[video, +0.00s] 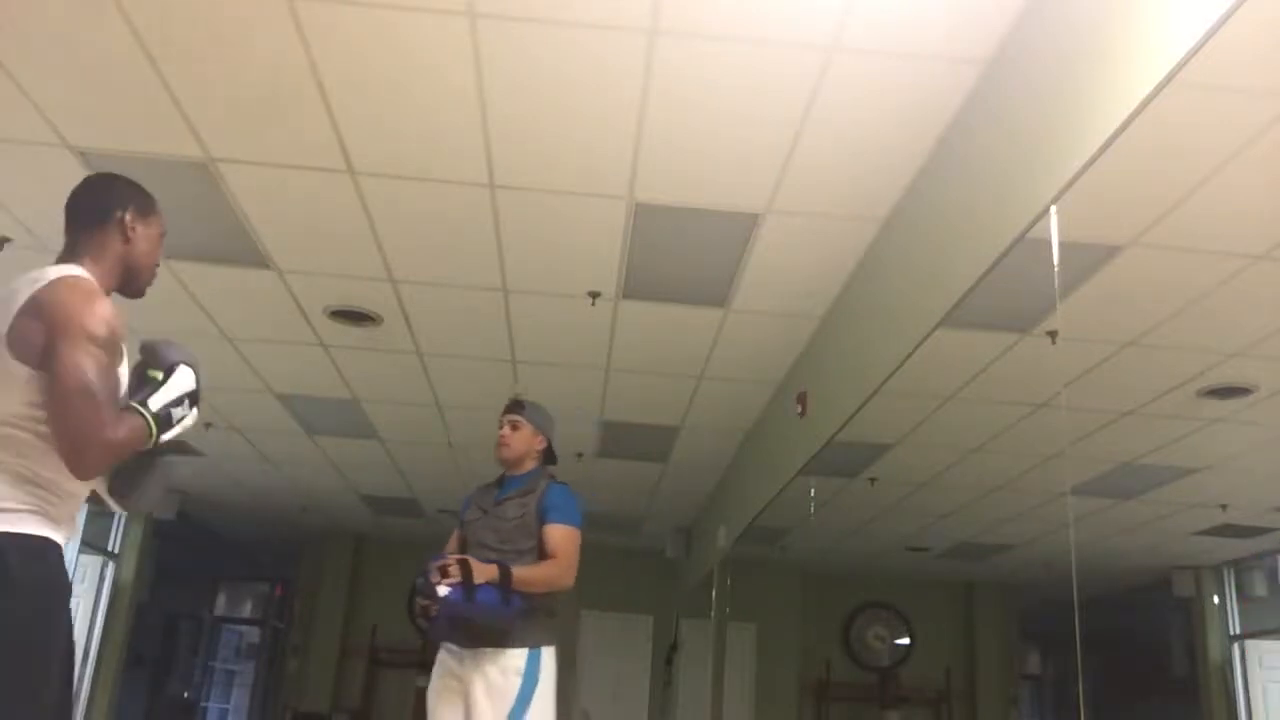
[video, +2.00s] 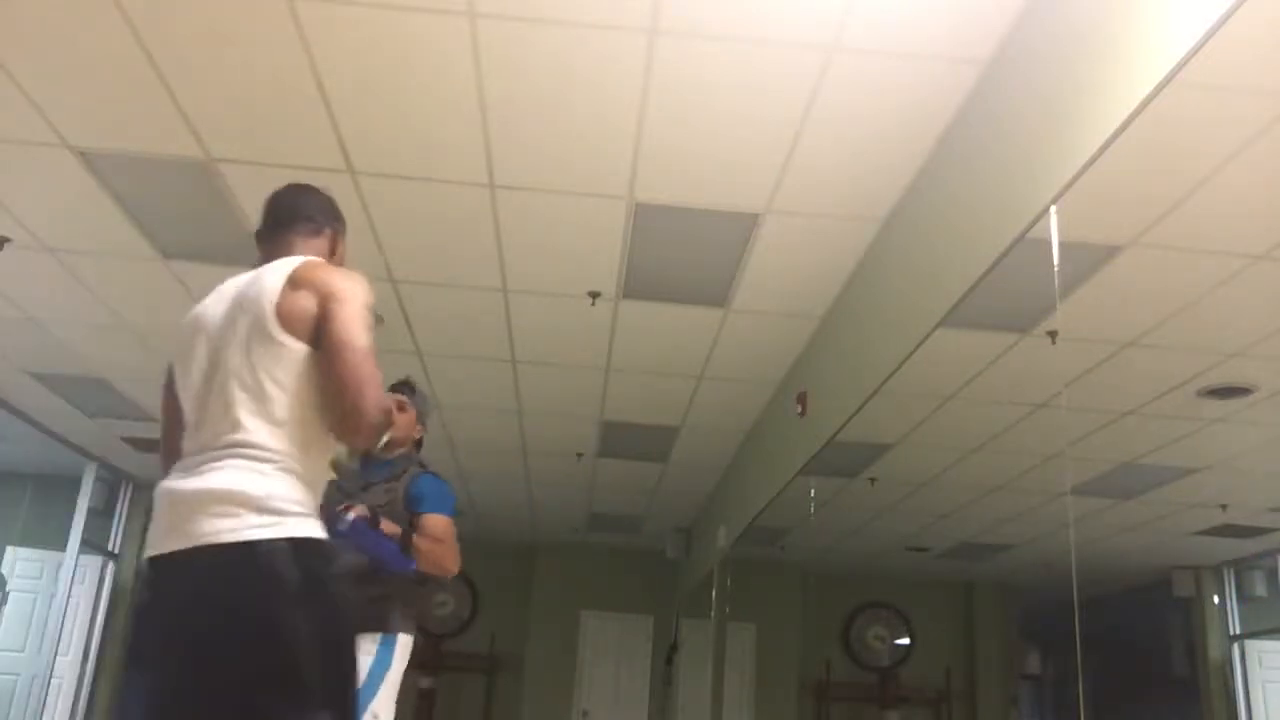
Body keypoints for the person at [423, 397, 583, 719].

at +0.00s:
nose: (502, 433)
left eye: (515, 426)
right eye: (501, 426)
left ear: (540, 442)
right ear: (498, 435)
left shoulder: (556, 495)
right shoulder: (480, 497)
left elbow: (563, 573)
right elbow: (450, 556)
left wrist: (489, 572)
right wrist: (438, 578)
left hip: (516, 657)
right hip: (455, 651)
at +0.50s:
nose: (463, 428)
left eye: (476, 420)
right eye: (460, 420)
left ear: (500, 437)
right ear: (455, 429)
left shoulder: (516, 489)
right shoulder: (434, 488)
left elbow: (528, 566)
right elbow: (401, 550)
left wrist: (482, 516)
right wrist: (389, 587)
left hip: (477, 632)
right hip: (422, 631)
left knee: (460, 713)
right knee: (411, 713)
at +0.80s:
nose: (452, 420)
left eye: (465, 413)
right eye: (449, 413)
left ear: (489, 432)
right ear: (442, 423)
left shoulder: (503, 487)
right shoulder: (413, 486)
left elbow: (525, 567)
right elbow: (381, 549)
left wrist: (471, 539)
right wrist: (364, 591)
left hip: (458, 641)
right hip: (403, 639)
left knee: (438, 713)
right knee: (400, 713)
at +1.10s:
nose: (437, 402)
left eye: (451, 397)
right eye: (434, 396)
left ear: (475, 419)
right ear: (427, 409)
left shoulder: (482, 484)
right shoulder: (398, 470)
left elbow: (497, 571)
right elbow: (361, 528)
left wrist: (430, 555)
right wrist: (337, 577)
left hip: (439, 637)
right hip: (384, 634)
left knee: (421, 712)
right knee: (379, 713)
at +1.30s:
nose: (423, 400)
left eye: (438, 394)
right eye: (421, 392)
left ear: (461, 415)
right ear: (412, 404)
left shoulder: (467, 475)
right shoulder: (390, 462)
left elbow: (459, 559)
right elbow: (356, 533)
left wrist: (395, 522)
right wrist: (306, 556)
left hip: (430, 635)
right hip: (377, 630)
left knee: (416, 713)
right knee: (367, 712)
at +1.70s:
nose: (391, 419)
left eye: (404, 413)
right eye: (387, 411)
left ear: (427, 428)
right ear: (380, 419)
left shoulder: (434, 482)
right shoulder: (356, 480)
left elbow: (434, 563)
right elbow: (336, 545)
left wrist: (368, 531)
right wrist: (291, 547)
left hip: (392, 634)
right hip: (343, 628)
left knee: (372, 712)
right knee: (327, 712)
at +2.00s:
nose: (388, 412)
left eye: (402, 407)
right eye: (384, 405)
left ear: (419, 430)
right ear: (372, 414)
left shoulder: (424, 484)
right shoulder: (343, 477)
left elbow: (446, 561)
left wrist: (389, 530)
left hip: (382, 623)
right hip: (328, 615)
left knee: (367, 710)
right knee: (317, 708)